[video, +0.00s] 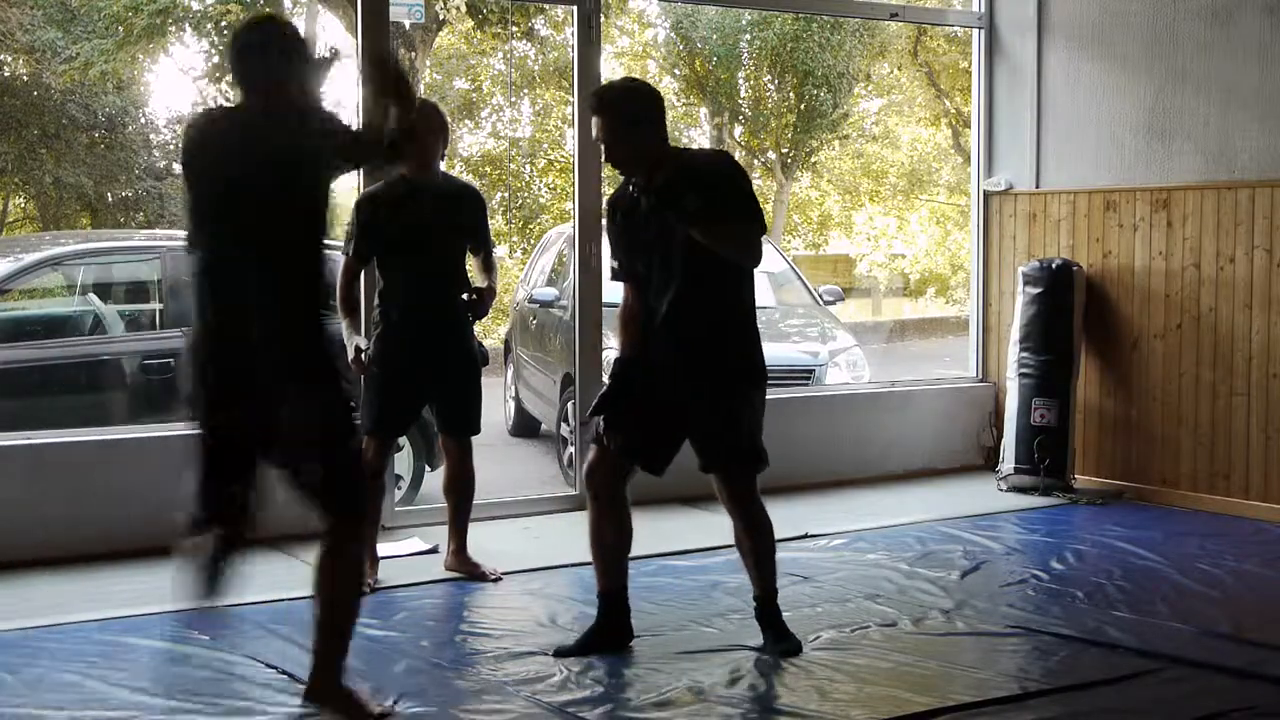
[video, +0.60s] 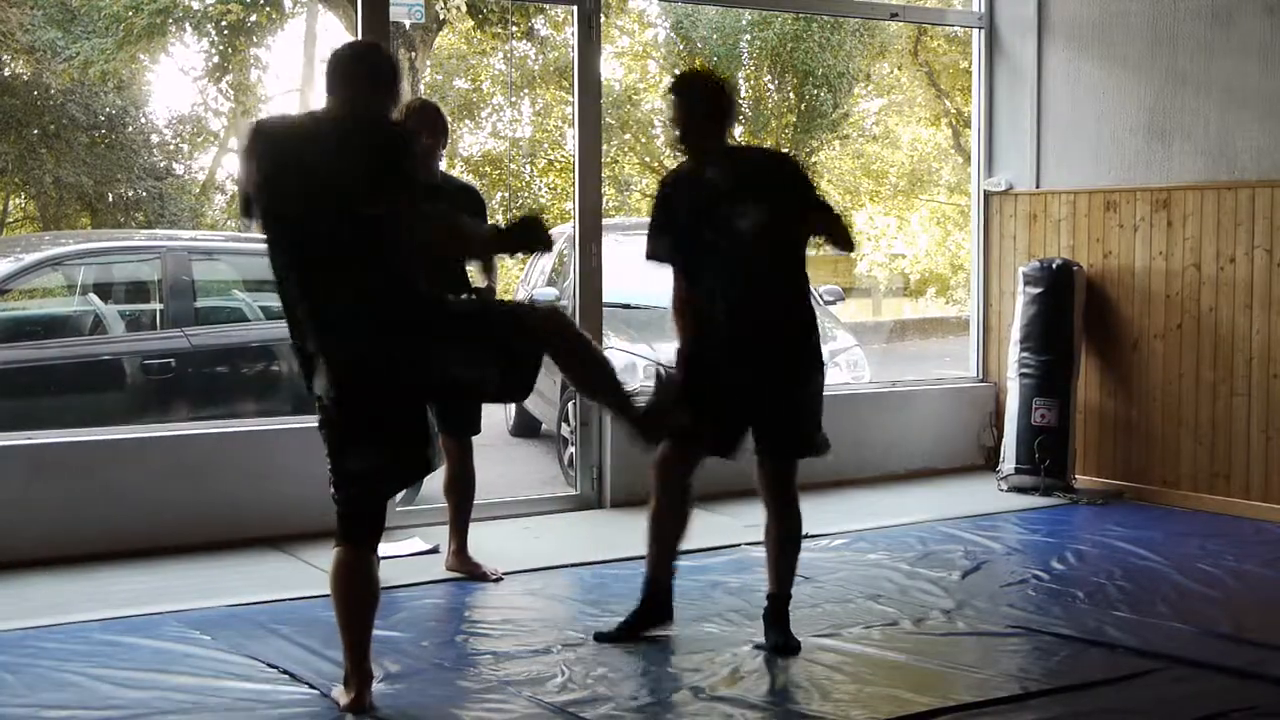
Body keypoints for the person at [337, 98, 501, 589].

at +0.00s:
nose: (429, 145)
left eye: (435, 135)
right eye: (420, 135)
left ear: (446, 139)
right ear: (403, 139)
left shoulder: (466, 197)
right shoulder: (374, 202)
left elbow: (485, 258)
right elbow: (350, 277)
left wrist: (488, 292)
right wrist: (354, 340)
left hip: (451, 336)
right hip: (393, 338)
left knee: (457, 446)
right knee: (374, 450)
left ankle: (457, 550)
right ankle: (366, 557)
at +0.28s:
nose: (429, 142)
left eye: (436, 132)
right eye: (420, 132)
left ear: (446, 138)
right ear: (400, 136)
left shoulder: (462, 196)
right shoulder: (379, 189)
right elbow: (361, 258)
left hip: (452, 329)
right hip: (391, 326)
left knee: (456, 443)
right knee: (381, 435)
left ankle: (457, 550)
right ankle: (363, 548)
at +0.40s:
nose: (427, 143)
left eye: (435, 134)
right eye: (418, 133)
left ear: (447, 140)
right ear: (398, 137)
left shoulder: (464, 198)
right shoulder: (376, 189)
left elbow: (487, 264)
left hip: (450, 331)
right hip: (391, 328)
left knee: (456, 446)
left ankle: (457, 549)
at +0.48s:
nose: (428, 144)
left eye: (435, 133)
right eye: (418, 133)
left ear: (447, 139)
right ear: (398, 136)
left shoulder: (464, 198)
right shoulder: (376, 186)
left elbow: (483, 268)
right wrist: (482, 267)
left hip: (451, 331)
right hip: (393, 326)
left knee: (456, 446)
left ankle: (457, 549)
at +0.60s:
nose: (429, 144)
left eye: (434, 134)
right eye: (422, 134)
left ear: (444, 138)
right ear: (406, 134)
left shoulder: (463, 195)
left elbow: (485, 264)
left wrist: (489, 298)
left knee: (457, 444)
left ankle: (458, 549)